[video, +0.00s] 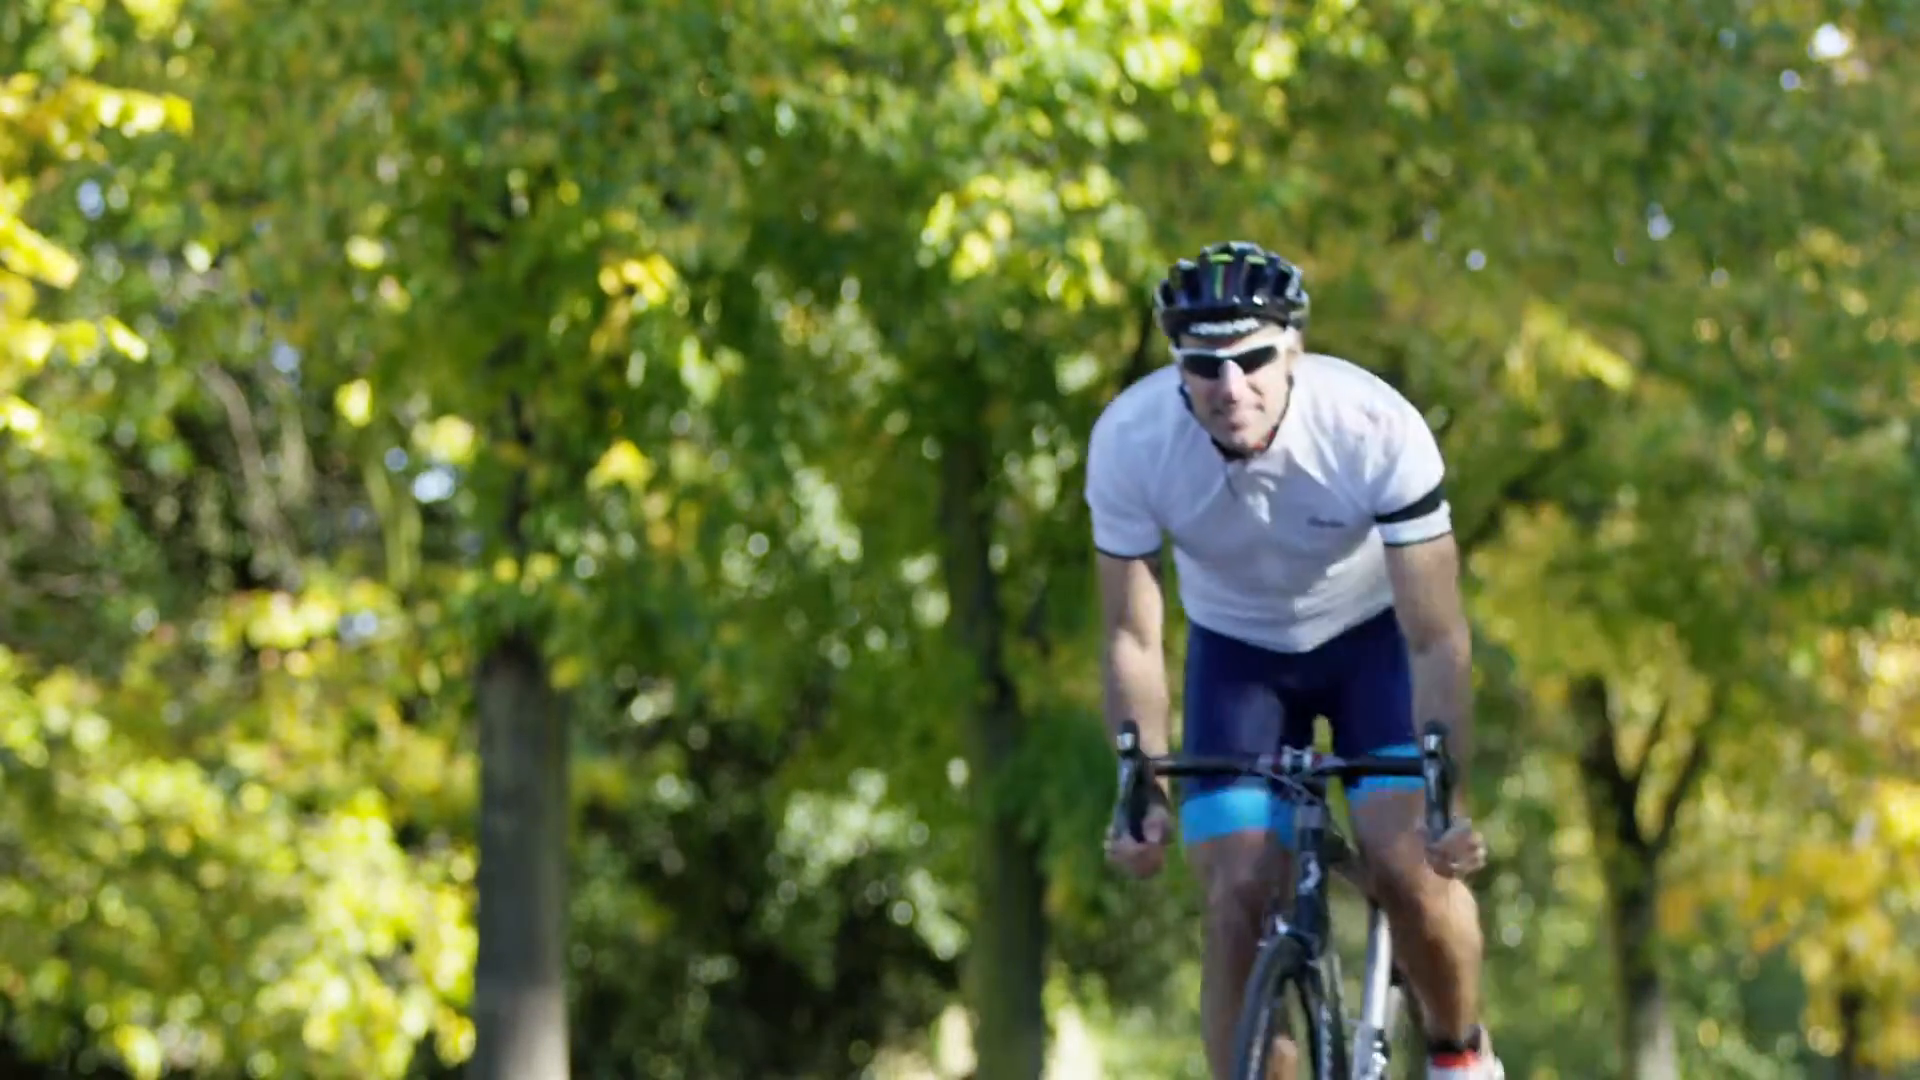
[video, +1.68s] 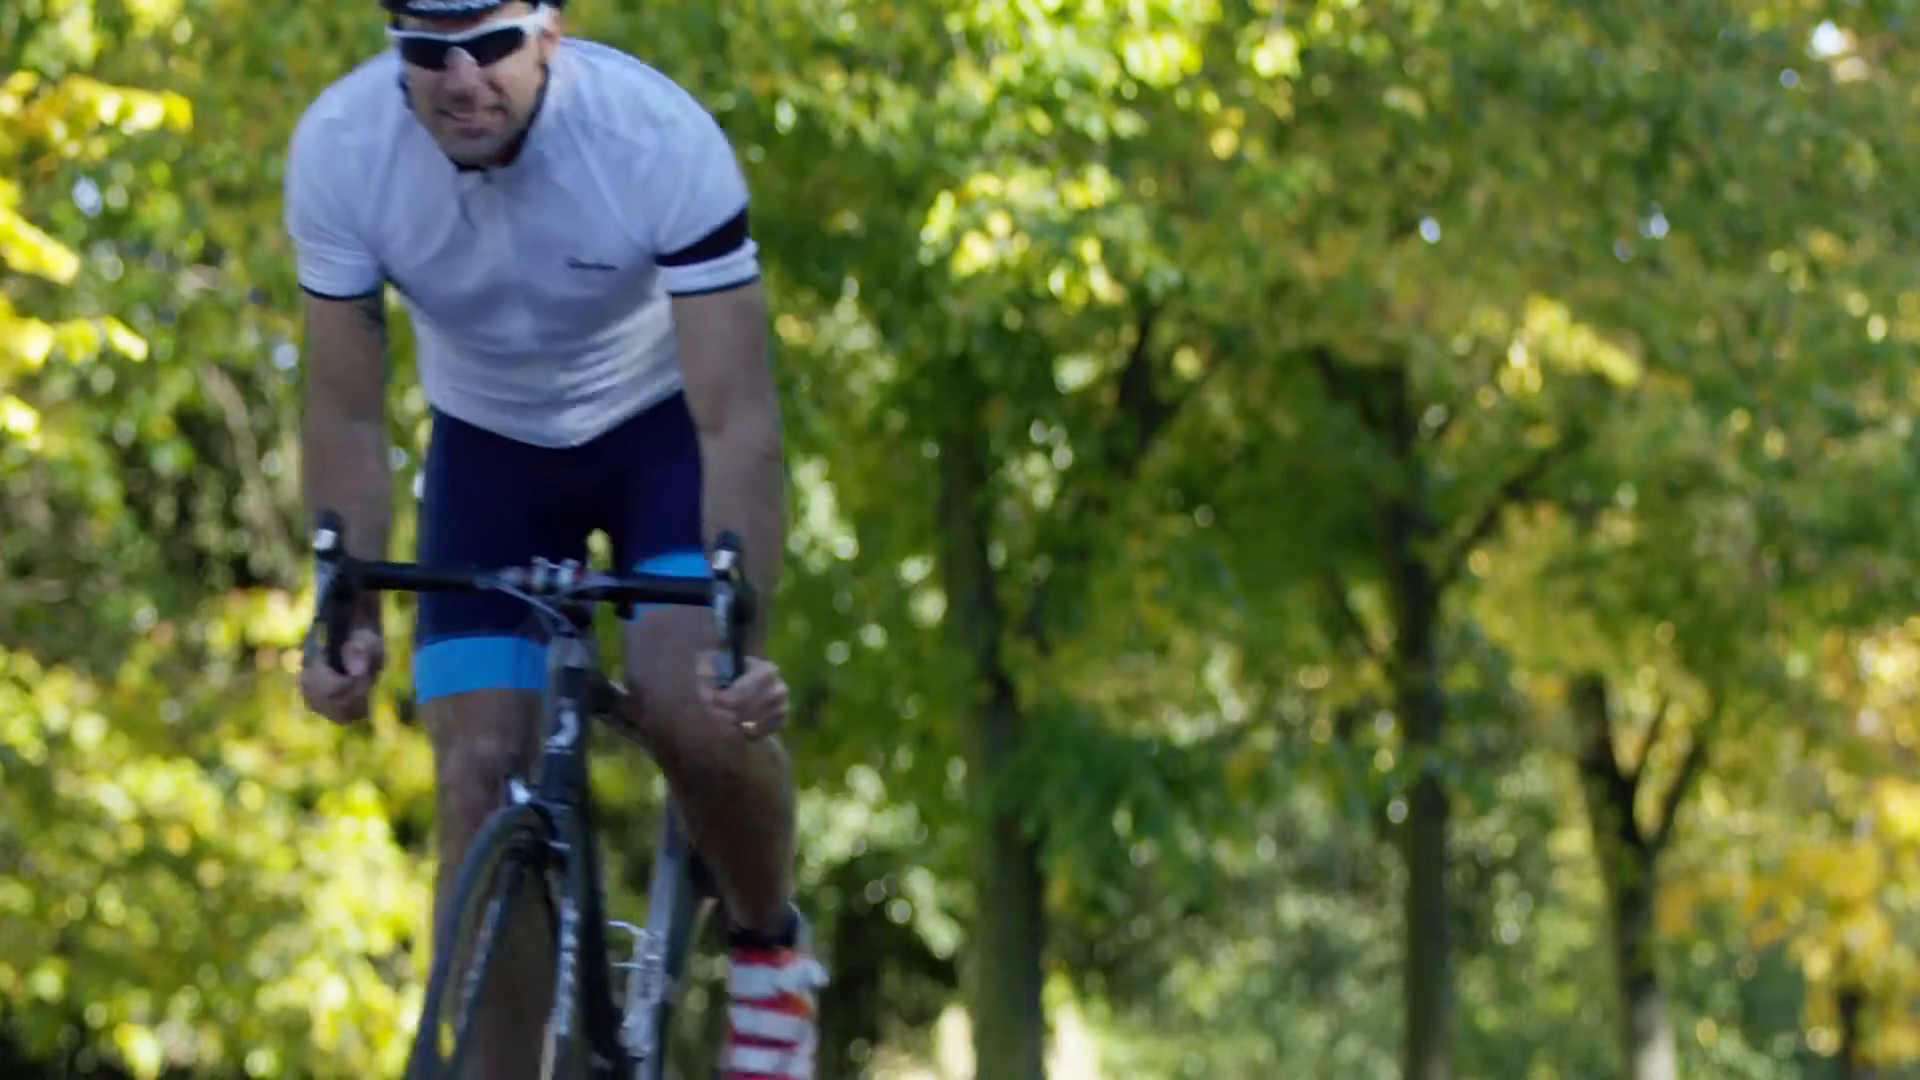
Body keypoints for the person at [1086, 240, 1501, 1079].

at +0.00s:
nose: (1232, 388)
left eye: (1254, 361)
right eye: (1206, 367)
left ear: (1294, 349)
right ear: (1177, 366)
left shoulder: (1377, 429)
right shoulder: (1128, 444)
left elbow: (1437, 635)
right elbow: (1129, 631)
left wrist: (1448, 805)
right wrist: (1144, 780)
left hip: (1372, 631)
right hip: (1233, 644)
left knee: (1403, 862)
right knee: (1239, 891)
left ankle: (1459, 1055)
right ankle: (1247, 1069)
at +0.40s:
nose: (1100, 320)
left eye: (1122, 291)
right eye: (1071, 297)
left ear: (1164, 284)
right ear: (1041, 299)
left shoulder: (1254, 374)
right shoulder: (986, 385)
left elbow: (1308, 589)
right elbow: (975, 589)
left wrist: (1306, 759)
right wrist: (979, 752)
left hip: (1231, 573)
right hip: (1090, 598)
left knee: (1268, 764)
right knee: (1095, 894)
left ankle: (1291, 1006)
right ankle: (1134, 1073)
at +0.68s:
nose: (975, 270)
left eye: (1002, 240)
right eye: (947, 245)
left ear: (1051, 228)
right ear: (919, 242)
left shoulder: (1144, 328)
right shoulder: (868, 337)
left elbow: (1192, 554)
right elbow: (847, 551)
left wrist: (1170, 732)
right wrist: (831, 731)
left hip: (1128, 548)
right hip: (977, 554)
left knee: (1128, 810)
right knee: (942, 851)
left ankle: (1165, 1072)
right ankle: (1012, 1066)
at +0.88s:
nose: (879, 241)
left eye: (906, 212)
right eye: (851, 216)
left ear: (955, 202)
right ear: (822, 216)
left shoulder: (1053, 301)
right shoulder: (775, 308)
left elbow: (1103, 532)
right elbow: (746, 531)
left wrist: (1080, 717)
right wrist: (725, 718)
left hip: (1050, 543)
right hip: (892, 533)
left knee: (1052, 845)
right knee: (827, 791)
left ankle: (1074, 1071)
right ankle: (896, 997)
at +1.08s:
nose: (772, 213)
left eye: (801, 182)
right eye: (744, 187)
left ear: (854, 172)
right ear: (716, 185)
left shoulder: (956, 265)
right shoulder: (672, 284)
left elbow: (1026, 505)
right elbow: (648, 512)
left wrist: (1002, 704)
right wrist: (628, 700)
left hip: (963, 524)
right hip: (804, 503)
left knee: (978, 884)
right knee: (720, 696)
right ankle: (790, 965)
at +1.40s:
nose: (607, 146)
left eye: (638, 112)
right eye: (576, 115)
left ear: (691, 98)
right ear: (543, 108)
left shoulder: (798, 198)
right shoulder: (498, 214)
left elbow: (879, 446)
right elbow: (497, 455)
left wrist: (875, 663)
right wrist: (493, 648)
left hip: (806, 450)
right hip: (641, 446)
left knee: (837, 814)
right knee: (590, 708)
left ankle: (896, 1070)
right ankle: (645, 1050)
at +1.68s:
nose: (461, 80)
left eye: (492, 45)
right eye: (427, 51)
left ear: (550, 29)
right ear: (395, 49)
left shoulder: (663, 144)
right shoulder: (339, 151)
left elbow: (734, 410)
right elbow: (343, 407)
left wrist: (739, 631)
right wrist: (347, 599)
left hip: (661, 420)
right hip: (484, 435)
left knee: (682, 704)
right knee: (477, 771)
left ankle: (767, 954)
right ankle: (496, 1073)